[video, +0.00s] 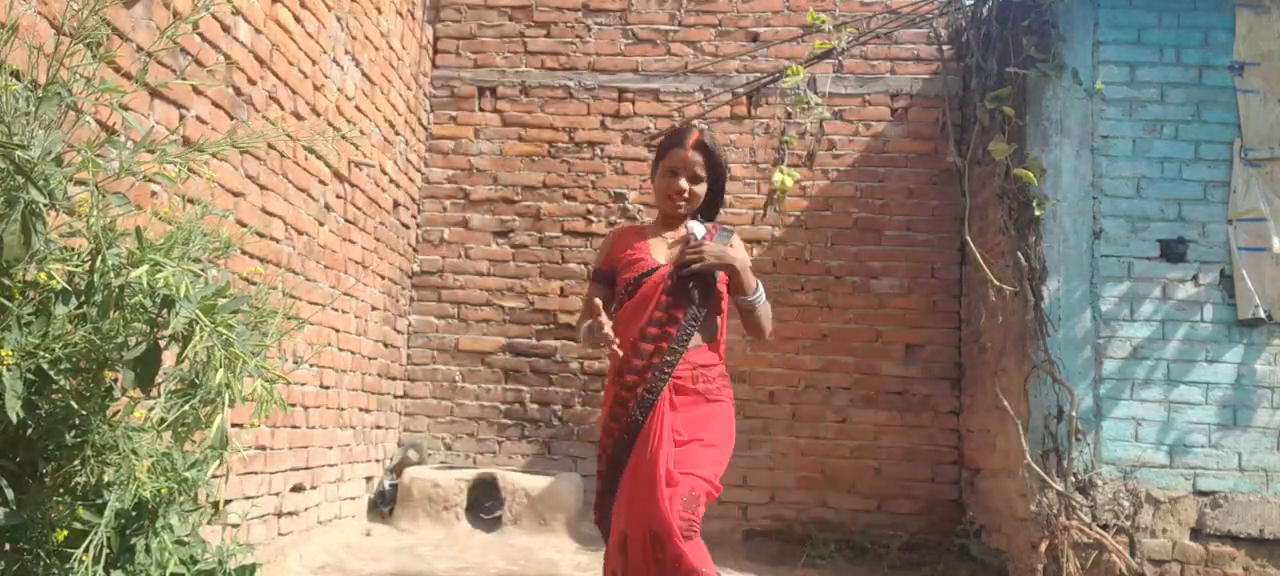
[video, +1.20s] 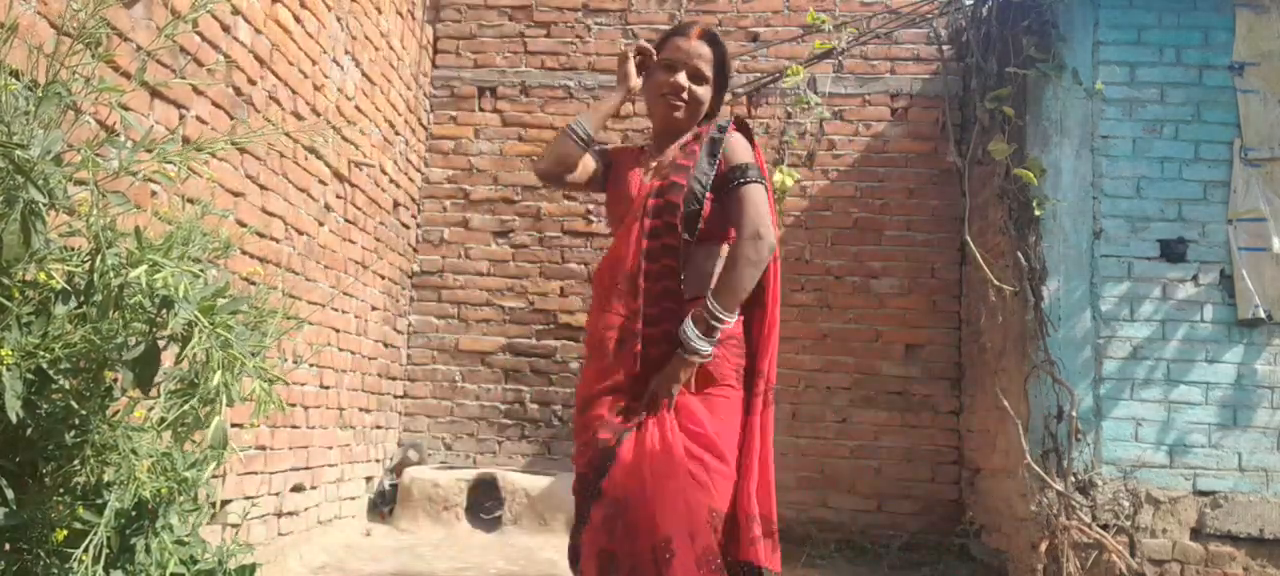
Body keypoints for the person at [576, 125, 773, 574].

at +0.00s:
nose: (681, 186)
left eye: (695, 178)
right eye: (672, 172)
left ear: (710, 188)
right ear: (653, 174)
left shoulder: (722, 244)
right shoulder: (621, 242)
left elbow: (761, 331)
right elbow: (588, 321)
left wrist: (739, 265)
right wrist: (594, 332)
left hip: (700, 401)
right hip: (632, 402)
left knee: (669, 519)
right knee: (624, 525)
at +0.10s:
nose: (683, 157)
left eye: (698, 150)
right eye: (674, 143)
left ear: (713, 163)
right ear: (655, 145)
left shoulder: (720, 218)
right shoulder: (622, 211)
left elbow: (760, 301)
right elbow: (582, 297)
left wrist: (749, 234)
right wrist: (613, 259)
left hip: (706, 366)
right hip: (636, 368)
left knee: (661, 474)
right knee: (632, 499)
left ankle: (695, 569)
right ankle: (634, 573)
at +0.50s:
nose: (684, 159)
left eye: (700, 151)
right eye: (673, 144)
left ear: (717, 163)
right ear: (652, 149)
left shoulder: (725, 222)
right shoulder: (623, 224)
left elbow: (784, 272)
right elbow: (553, 261)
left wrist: (771, 178)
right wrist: (594, 181)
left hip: (713, 390)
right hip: (637, 393)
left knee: (692, 545)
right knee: (637, 541)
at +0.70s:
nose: (685, 127)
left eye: (701, 118)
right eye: (671, 114)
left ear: (719, 132)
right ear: (649, 125)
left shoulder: (737, 203)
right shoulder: (625, 198)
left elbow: (809, 198)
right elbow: (562, 178)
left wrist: (760, 118)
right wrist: (619, 116)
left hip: (727, 367)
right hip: (647, 370)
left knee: (733, 507)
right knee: (654, 504)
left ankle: (736, 572)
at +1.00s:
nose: (685, 113)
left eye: (699, 102)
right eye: (670, 98)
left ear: (716, 112)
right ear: (646, 108)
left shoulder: (730, 190)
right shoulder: (625, 177)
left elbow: (800, 227)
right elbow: (585, 153)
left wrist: (733, 171)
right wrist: (634, 86)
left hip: (721, 381)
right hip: (636, 382)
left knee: (728, 535)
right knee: (629, 539)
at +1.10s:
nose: (681, 103)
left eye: (697, 94)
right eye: (668, 88)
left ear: (715, 107)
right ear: (646, 96)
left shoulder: (730, 167)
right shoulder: (621, 175)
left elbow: (789, 230)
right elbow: (573, 165)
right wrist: (631, 95)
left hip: (711, 368)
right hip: (625, 367)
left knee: (710, 522)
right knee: (613, 521)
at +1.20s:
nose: (680, 83)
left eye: (697, 77)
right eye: (669, 68)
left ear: (715, 95)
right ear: (646, 76)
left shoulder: (725, 147)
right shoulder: (622, 161)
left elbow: (758, 242)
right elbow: (551, 169)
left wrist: (695, 344)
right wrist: (619, 94)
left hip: (701, 370)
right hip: (617, 367)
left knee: (681, 524)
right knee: (604, 519)